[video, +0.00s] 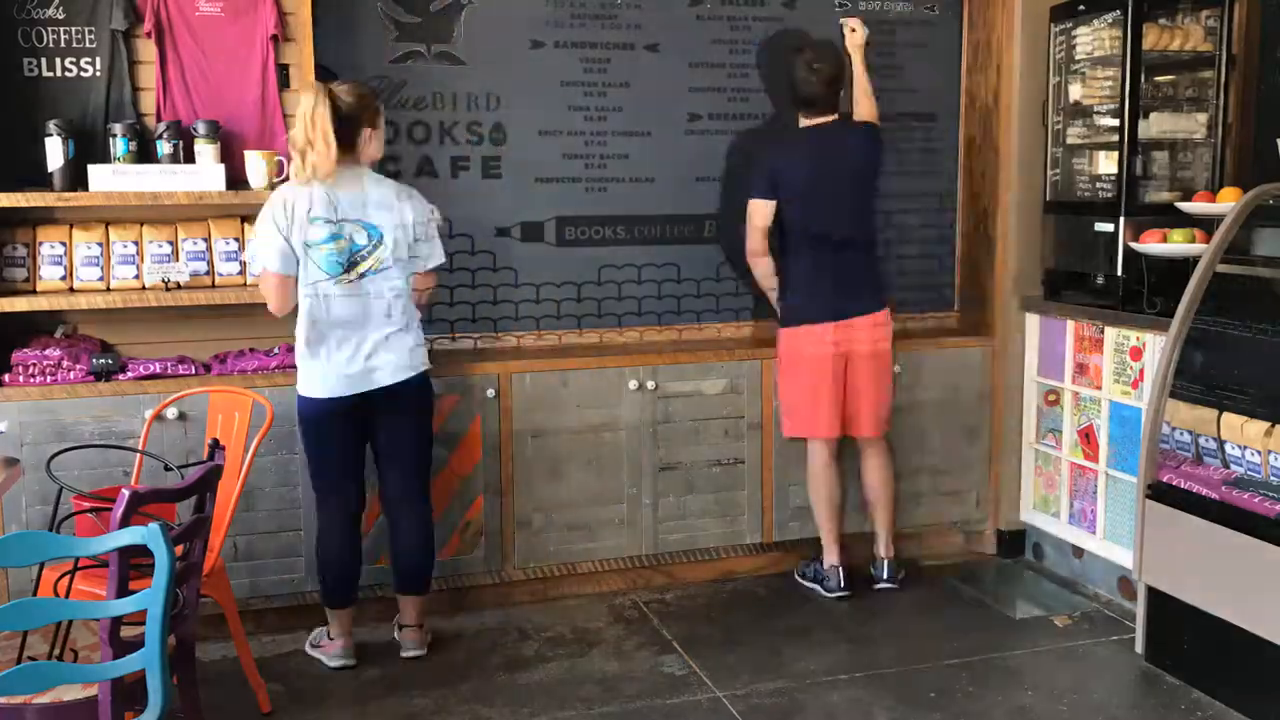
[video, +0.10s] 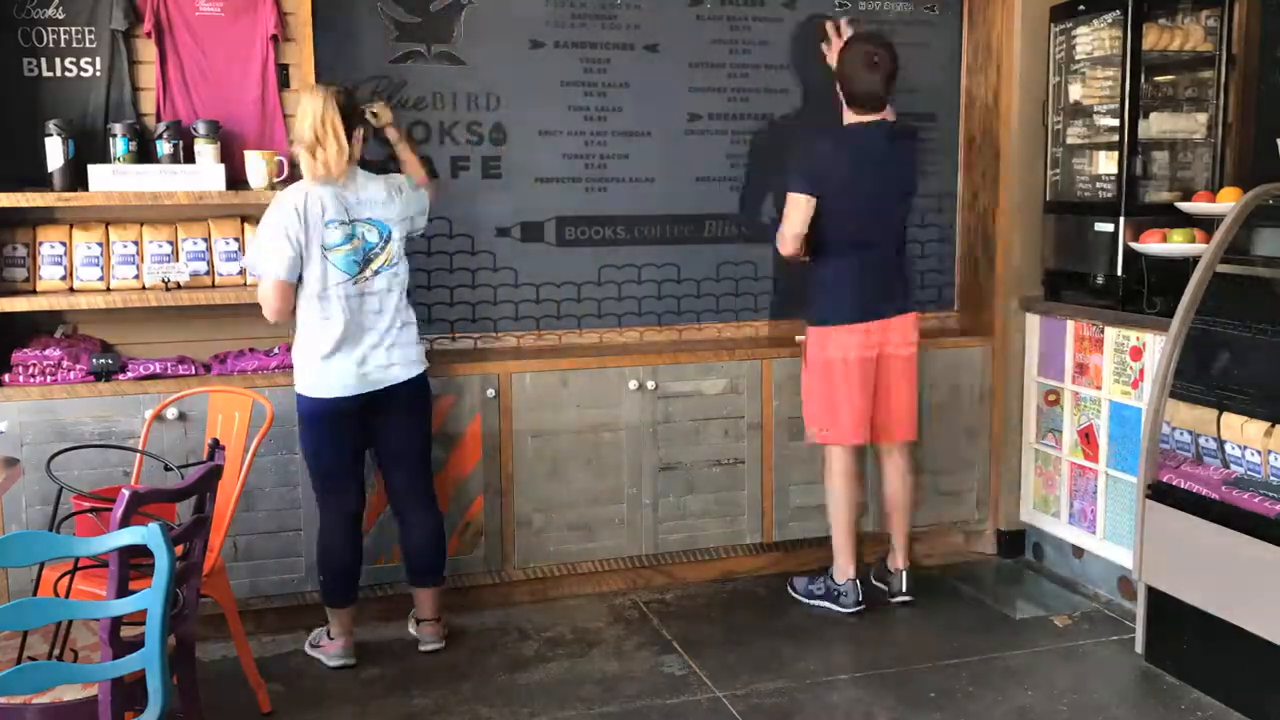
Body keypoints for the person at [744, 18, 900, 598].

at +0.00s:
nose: (840, 84)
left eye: (799, 80)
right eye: (834, 79)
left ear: (789, 94)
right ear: (840, 90)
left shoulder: (776, 156)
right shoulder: (864, 142)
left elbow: (756, 244)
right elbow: (865, 108)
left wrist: (779, 298)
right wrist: (856, 55)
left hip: (808, 322)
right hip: (869, 314)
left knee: (820, 447)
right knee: (873, 441)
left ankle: (832, 566)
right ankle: (886, 559)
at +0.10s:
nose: (838, 74)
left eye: (840, 72)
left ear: (841, 89)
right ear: (890, 92)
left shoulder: (821, 148)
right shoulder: (903, 144)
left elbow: (789, 241)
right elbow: (877, 107)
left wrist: (798, 250)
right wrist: (847, 66)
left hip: (839, 321)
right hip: (898, 313)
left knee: (841, 450)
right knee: (895, 444)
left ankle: (844, 578)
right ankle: (899, 569)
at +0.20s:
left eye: (854, 89)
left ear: (853, 100)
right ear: (904, 95)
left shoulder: (841, 159)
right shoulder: (923, 145)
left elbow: (817, 247)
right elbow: (902, 97)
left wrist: (831, 237)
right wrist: (883, 44)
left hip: (862, 320)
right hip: (921, 314)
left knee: (855, 444)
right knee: (916, 438)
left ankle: (851, 565)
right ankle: (914, 559)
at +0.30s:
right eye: (896, 83)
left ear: (849, 96)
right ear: (898, 92)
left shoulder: (833, 162)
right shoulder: (920, 150)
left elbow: (798, 246)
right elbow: (917, 116)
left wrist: (827, 239)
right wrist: (907, 64)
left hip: (853, 320)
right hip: (910, 313)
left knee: (869, 443)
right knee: (928, 431)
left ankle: (885, 565)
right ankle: (957, 552)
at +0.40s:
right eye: (901, 79)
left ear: (860, 102)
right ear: (907, 96)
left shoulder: (849, 162)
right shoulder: (934, 146)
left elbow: (827, 250)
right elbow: (930, 108)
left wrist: (865, 245)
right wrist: (921, 50)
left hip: (878, 320)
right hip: (938, 313)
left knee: (885, 444)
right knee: (941, 437)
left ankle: (891, 564)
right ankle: (955, 554)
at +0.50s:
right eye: (928, 81)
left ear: (886, 99)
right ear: (935, 96)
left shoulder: (874, 160)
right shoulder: (955, 145)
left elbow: (852, 248)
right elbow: (947, 105)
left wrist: (881, 246)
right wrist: (937, 54)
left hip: (903, 313)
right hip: (957, 306)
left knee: (913, 439)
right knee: (956, 433)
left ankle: (925, 563)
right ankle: (962, 551)